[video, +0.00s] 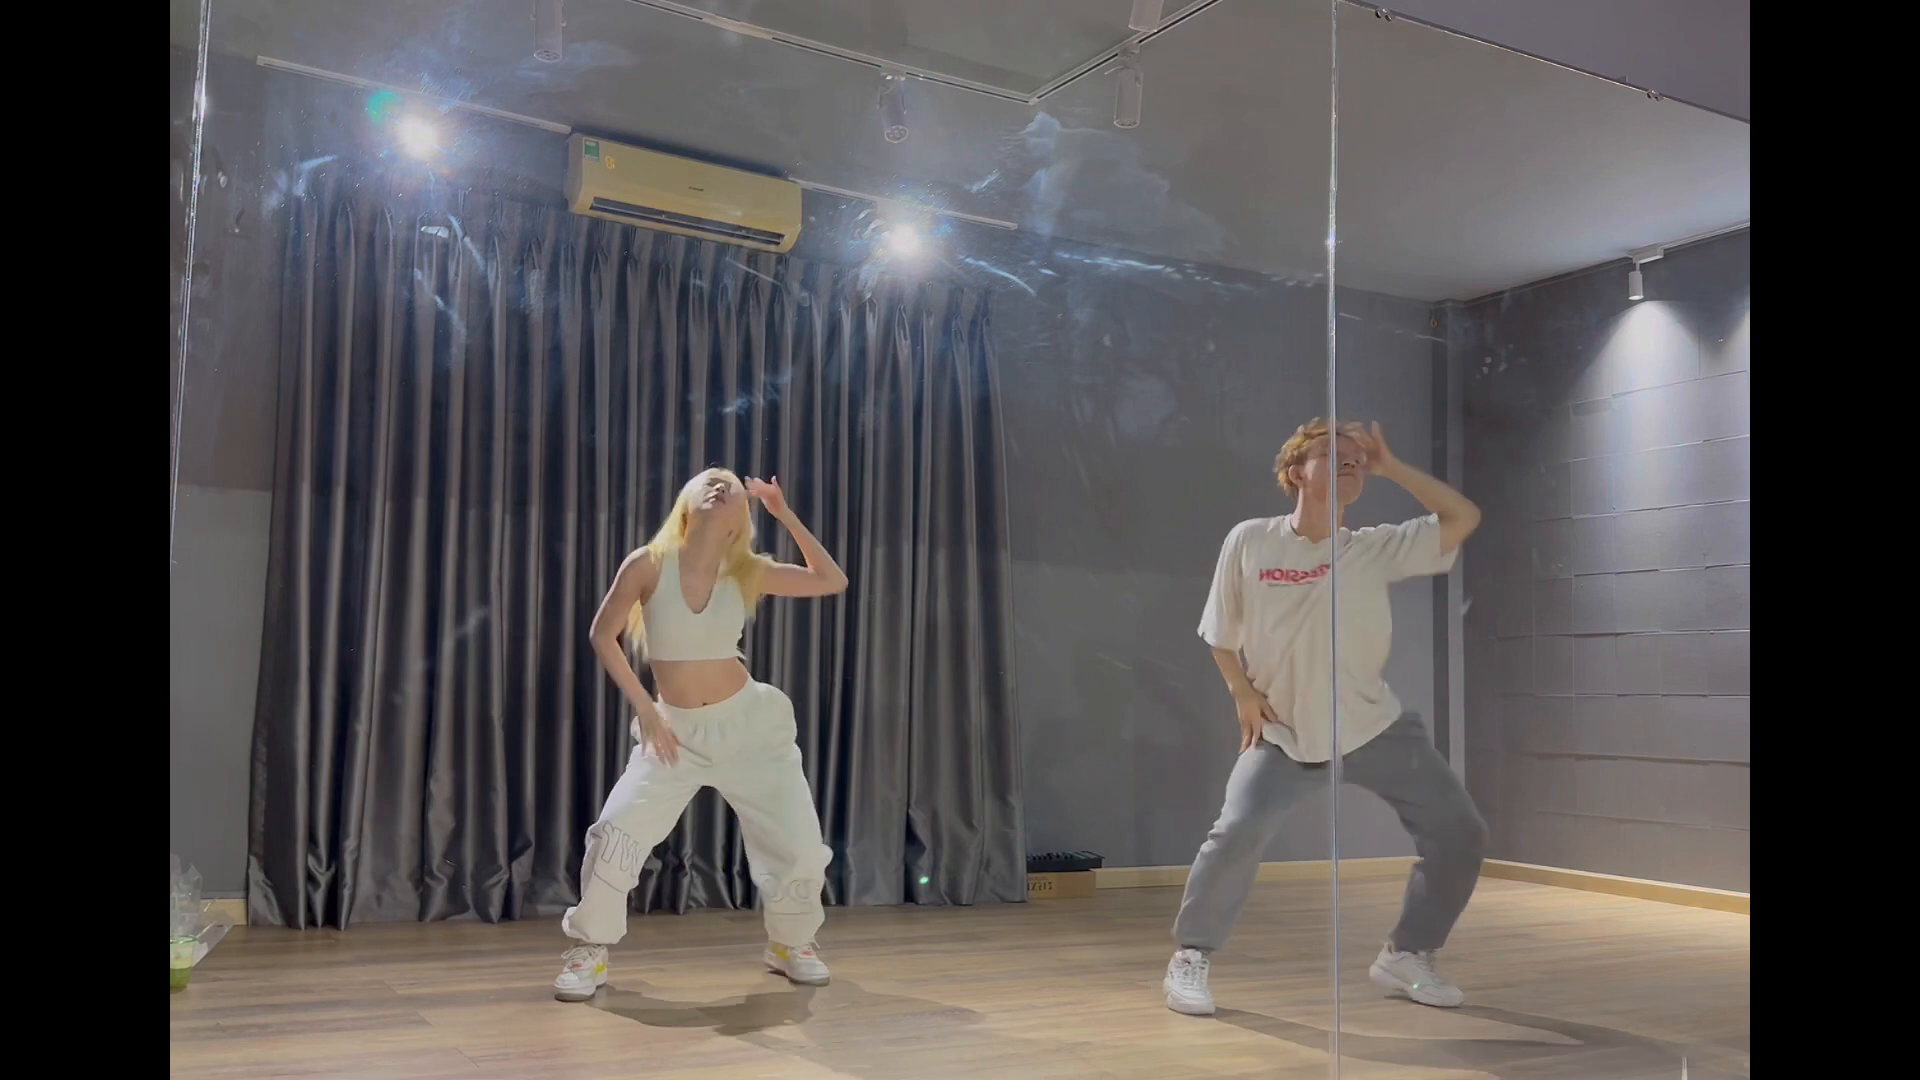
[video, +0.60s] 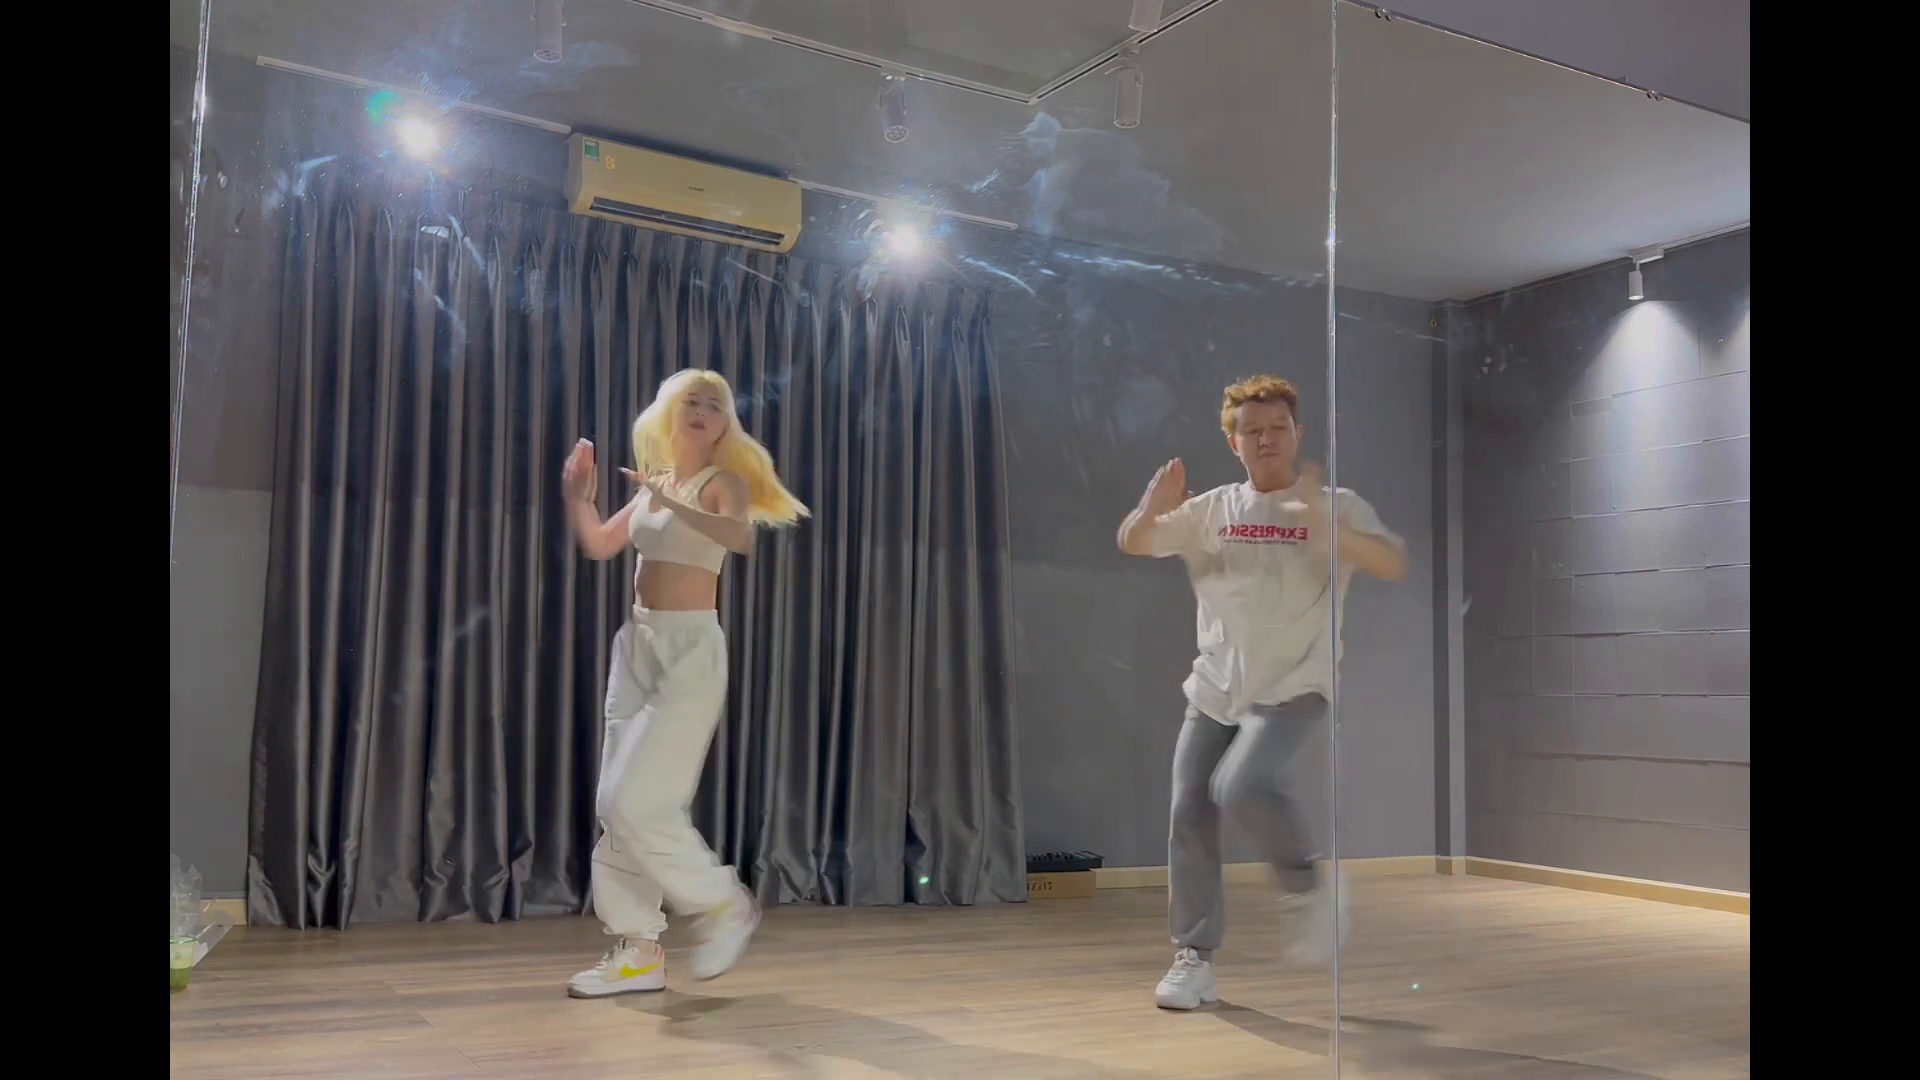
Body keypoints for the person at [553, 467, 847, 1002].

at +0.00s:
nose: (719, 486)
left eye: (730, 486)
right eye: (708, 483)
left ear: (743, 520)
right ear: (687, 509)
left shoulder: (748, 570)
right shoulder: (648, 565)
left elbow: (831, 580)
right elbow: (603, 635)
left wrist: (785, 515)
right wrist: (646, 710)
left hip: (750, 729)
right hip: (674, 732)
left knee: (800, 850)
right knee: (615, 835)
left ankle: (790, 945)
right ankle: (588, 953)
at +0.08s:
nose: (720, 479)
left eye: (732, 479)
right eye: (710, 473)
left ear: (742, 511)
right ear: (688, 495)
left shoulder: (747, 565)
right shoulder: (648, 552)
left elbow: (835, 596)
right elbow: (606, 605)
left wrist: (788, 536)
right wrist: (633, 643)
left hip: (753, 719)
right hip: (677, 726)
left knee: (782, 854)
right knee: (621, 832)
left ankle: (804, 943)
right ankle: (590, 951)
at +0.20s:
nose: (725, 461)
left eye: (738, 455)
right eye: (716, 452)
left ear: (752, 474)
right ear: (696, 464)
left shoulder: (753, 536)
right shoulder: (671, 525)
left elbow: (807, 599)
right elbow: (615, 585)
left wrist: (766, 536)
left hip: (746, 699)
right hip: (682, 702)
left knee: (759, 856)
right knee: (615, 813)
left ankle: (821, 929)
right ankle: (620, 950)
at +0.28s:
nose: (734, 484)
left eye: (746, 473)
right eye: (722, 473)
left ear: (764, 480)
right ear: (701, 478)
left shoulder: (774, 540)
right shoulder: (693, 542)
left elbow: (736, 579)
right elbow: (621, 575)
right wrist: (598, 518)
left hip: (735, 692)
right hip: (674, 690)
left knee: (736, 833)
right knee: (598, 815)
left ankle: (818, 929)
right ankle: (637, 950)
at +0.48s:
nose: (722, 434)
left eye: (734, 427)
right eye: (715, 423)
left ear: (747, 449)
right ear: (692, 435)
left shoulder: (735, 500)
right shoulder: (664, 500)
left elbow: (755, 563)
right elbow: (634, 566)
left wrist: (698, 513)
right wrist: (613, 512)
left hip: (708, 668)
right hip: (647, 667)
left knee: (709, 827)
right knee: (609, 811)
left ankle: (802, 909)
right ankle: (639, 954)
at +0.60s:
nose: (700, 409)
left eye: (714, 404)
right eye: (689, 399)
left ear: (727, 428)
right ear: (665, 417)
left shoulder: (725, 480)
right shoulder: (651, 488)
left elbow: (740, 537)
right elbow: (600, 544)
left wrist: (672, 504)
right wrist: (577, 497)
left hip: (691, 654)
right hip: (633, 652)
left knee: (632, 800)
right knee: (617, 802)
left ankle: (725, 905)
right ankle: (639, 951)